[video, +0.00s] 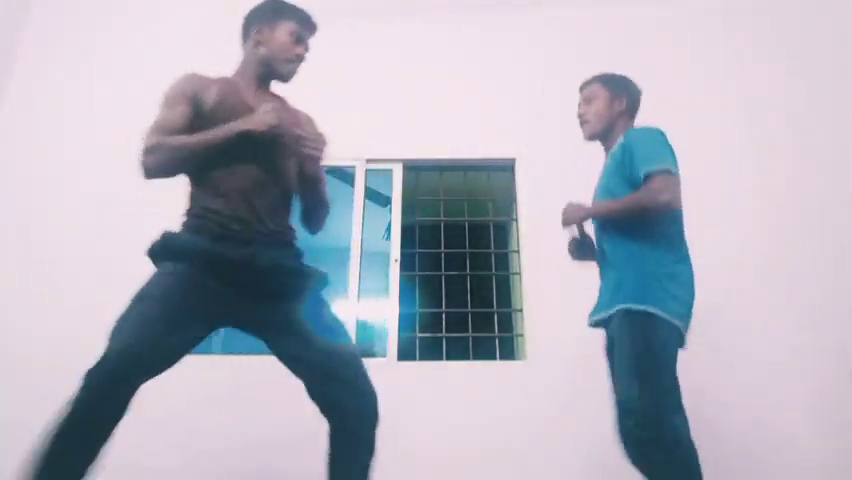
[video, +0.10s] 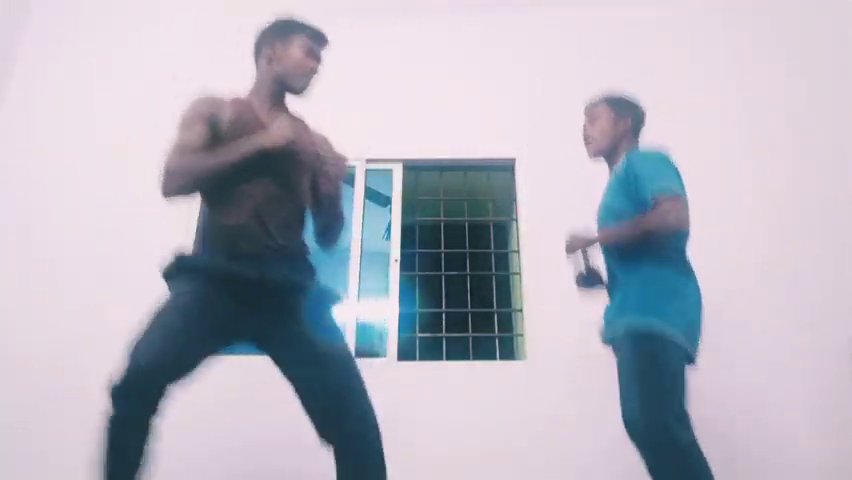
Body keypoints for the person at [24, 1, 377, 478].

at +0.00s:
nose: (303, 51)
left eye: (307, 44)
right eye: (296, 38)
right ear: (258, 34)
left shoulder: (299, 123)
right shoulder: (198, 89)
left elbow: (315, 221)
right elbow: (154, 160)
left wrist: (312, 169)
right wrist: (243, 126)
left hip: (276, 278)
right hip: (198, 270)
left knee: (356, 400)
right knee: (115, 372)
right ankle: (51, 475)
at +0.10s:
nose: (316, 66)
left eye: (318, 58)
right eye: (308, 53)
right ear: (271, 52)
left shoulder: (311, 141)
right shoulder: (213, 111)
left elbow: (329, 235)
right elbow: (174, 180)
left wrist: (329, 188)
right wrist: (259, 142)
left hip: (289, 297)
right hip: (213, 289)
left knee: (358, 430)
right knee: (135, 389)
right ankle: (118, 476)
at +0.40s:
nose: (317, 68)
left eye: (321, 62)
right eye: (311, 55)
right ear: (273, 50)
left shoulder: (302, 139)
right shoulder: (204, 98)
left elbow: (312, 234)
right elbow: (145, 161)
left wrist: (312, 181)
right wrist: (232, 133)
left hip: (257, 278)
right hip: (180, 265)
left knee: (313, 422)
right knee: (97, 362)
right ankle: (61, 475)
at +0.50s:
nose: (298, 66)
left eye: (303, 59)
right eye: (292, 52)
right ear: (255, 49)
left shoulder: (287, 139)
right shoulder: (184, 98)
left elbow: (291, 234)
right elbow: (122, 161)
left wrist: (291, 184)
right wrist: (208, 135)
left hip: (238, 281)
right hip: (159, 267)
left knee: (292, 422)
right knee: (62, 374)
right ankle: (11, 471)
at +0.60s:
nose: (267, 88)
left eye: (270, 81)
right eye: (259, 75)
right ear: (221, 71)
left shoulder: (257, 173)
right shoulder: (146, 132)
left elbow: (261, 270)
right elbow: (84, 205)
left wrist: (261, 227)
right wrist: (165, 173)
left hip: (193, 330)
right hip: (110, 311)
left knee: (259, 455)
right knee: (12, 421)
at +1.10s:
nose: (198, 87)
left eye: (201, 81)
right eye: (190, 74)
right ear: (148, 74)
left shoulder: (199, 168)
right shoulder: (80, 150)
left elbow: (240, 252)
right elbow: (47, 229)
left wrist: (264, 201)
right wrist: (120, 201)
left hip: (166, 338)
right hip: (81, 327)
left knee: (253, 466)